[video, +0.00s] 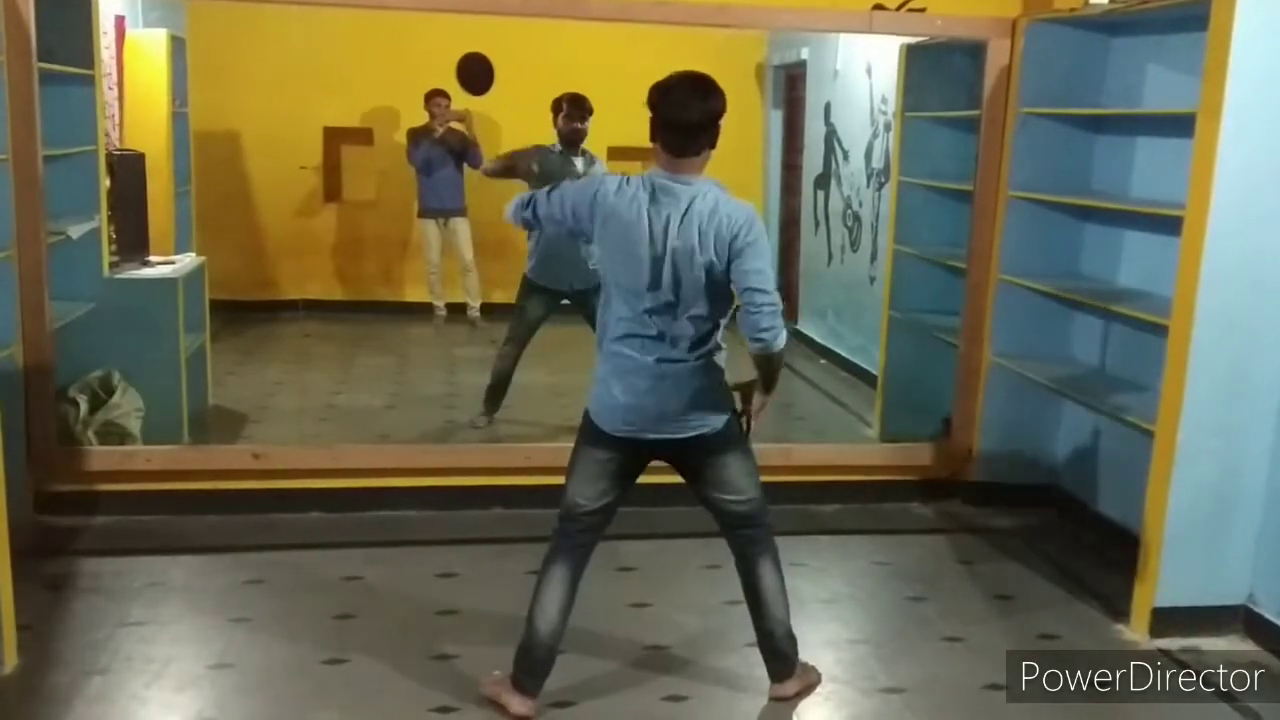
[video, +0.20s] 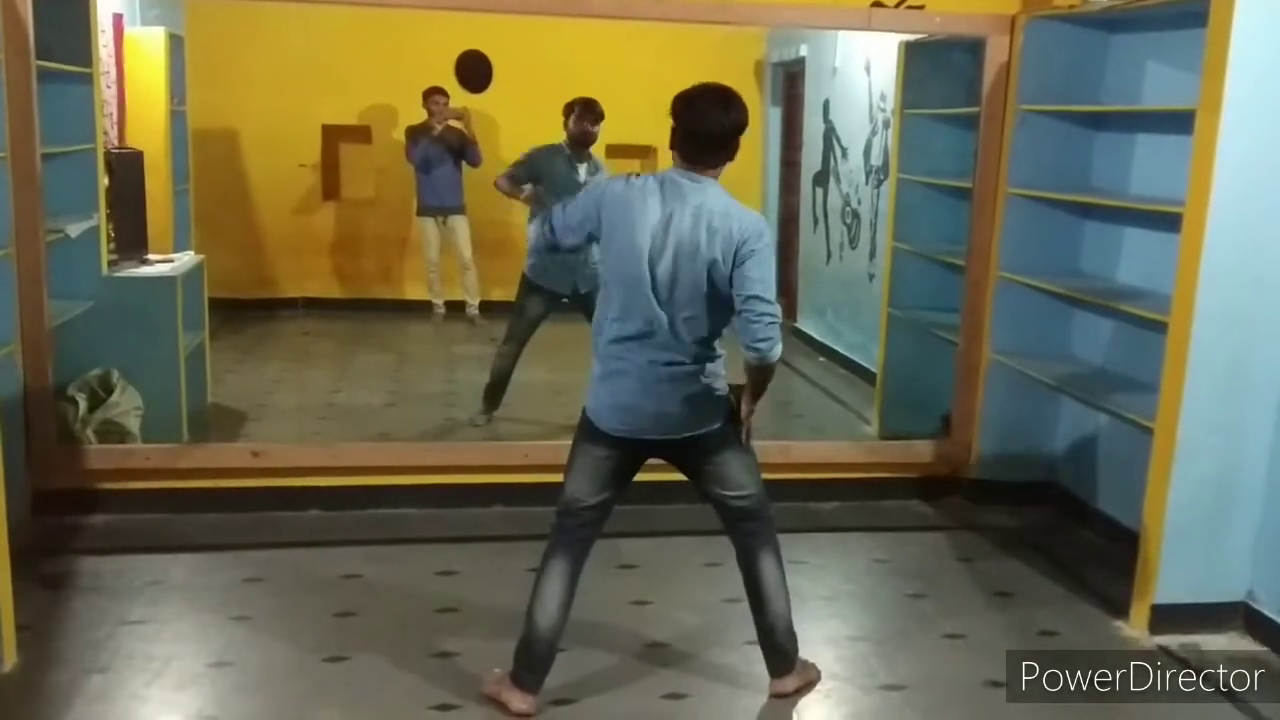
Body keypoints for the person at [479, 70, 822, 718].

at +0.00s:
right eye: (718, 126)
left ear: (652, 130)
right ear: (717, 135)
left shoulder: (606, 198)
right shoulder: (737, 220)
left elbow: (522, 210)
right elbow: (763, 330)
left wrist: (546, 188)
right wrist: (768, 380)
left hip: (617, 408)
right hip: (699, 410)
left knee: (571, 544)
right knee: (752, 539)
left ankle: (523, 688)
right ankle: (784, 673)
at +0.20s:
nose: (732, 147)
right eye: (735, 139)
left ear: (672, 137)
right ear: (735, 147)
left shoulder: (613, 195)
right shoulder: (745, 227)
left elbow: (543, 242)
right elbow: (761, 343)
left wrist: (541, 201)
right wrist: (751, 395)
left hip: (615, 405)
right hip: (697, 410)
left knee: (569, 537)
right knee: (753, 528)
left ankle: (523, 685)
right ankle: (784, 669)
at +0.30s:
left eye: (677, 130)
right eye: (733, 141)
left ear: (675, 136)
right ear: (737, 150)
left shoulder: (617, 200)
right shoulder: (745, 227)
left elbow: (548, 264)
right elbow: (760, 344)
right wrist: (744, 398)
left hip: (614, 405)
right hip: (697, 410)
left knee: (567, 535)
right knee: (754, 527)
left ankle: (521, 684)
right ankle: (784, 668)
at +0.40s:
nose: (676, 136)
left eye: (676, 126)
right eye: (729, 134)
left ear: (672, 132)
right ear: (735, 142)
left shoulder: (621, 199)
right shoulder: (743, 224)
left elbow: (571, 260)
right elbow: (757, 341)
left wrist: (604, 307)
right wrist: (748, 392)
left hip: (613, 402)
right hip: (695, 408)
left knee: (569, 535)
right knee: (752, 528)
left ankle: (522, 684)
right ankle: (783, 667)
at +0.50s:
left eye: (674, 126)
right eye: (727, 131)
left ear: (668, 132)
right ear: (732, 140)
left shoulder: (623, 197)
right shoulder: (741, 225)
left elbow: (565, 235)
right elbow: (756, 338)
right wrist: (757, 386)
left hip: (615, 401)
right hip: (695, 407)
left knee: (571, 536)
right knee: (752, 528)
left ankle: (521, 683)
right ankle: (783, 667)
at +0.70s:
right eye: (730, 134)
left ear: (666, 134)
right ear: (731, 144)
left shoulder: (621, 195)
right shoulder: (741, 233)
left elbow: (587, 192)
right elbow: (752, 347)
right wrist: (764, 391)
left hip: (612, 402)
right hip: (692, 408)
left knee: (571, 539)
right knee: (751, 527)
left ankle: (522, 683)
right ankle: (783, 667)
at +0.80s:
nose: (669, 137)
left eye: (670, 127)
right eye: (728, 134)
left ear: (665, 135)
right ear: (729, 144)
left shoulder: (624, 192)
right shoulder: (751, 232)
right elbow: (755, 347)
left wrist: (745, 205)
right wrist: (762, 399)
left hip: (612, 400)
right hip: (691, 408)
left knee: (571, 534)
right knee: (752, 521)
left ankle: (523, 682)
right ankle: (781, 666)